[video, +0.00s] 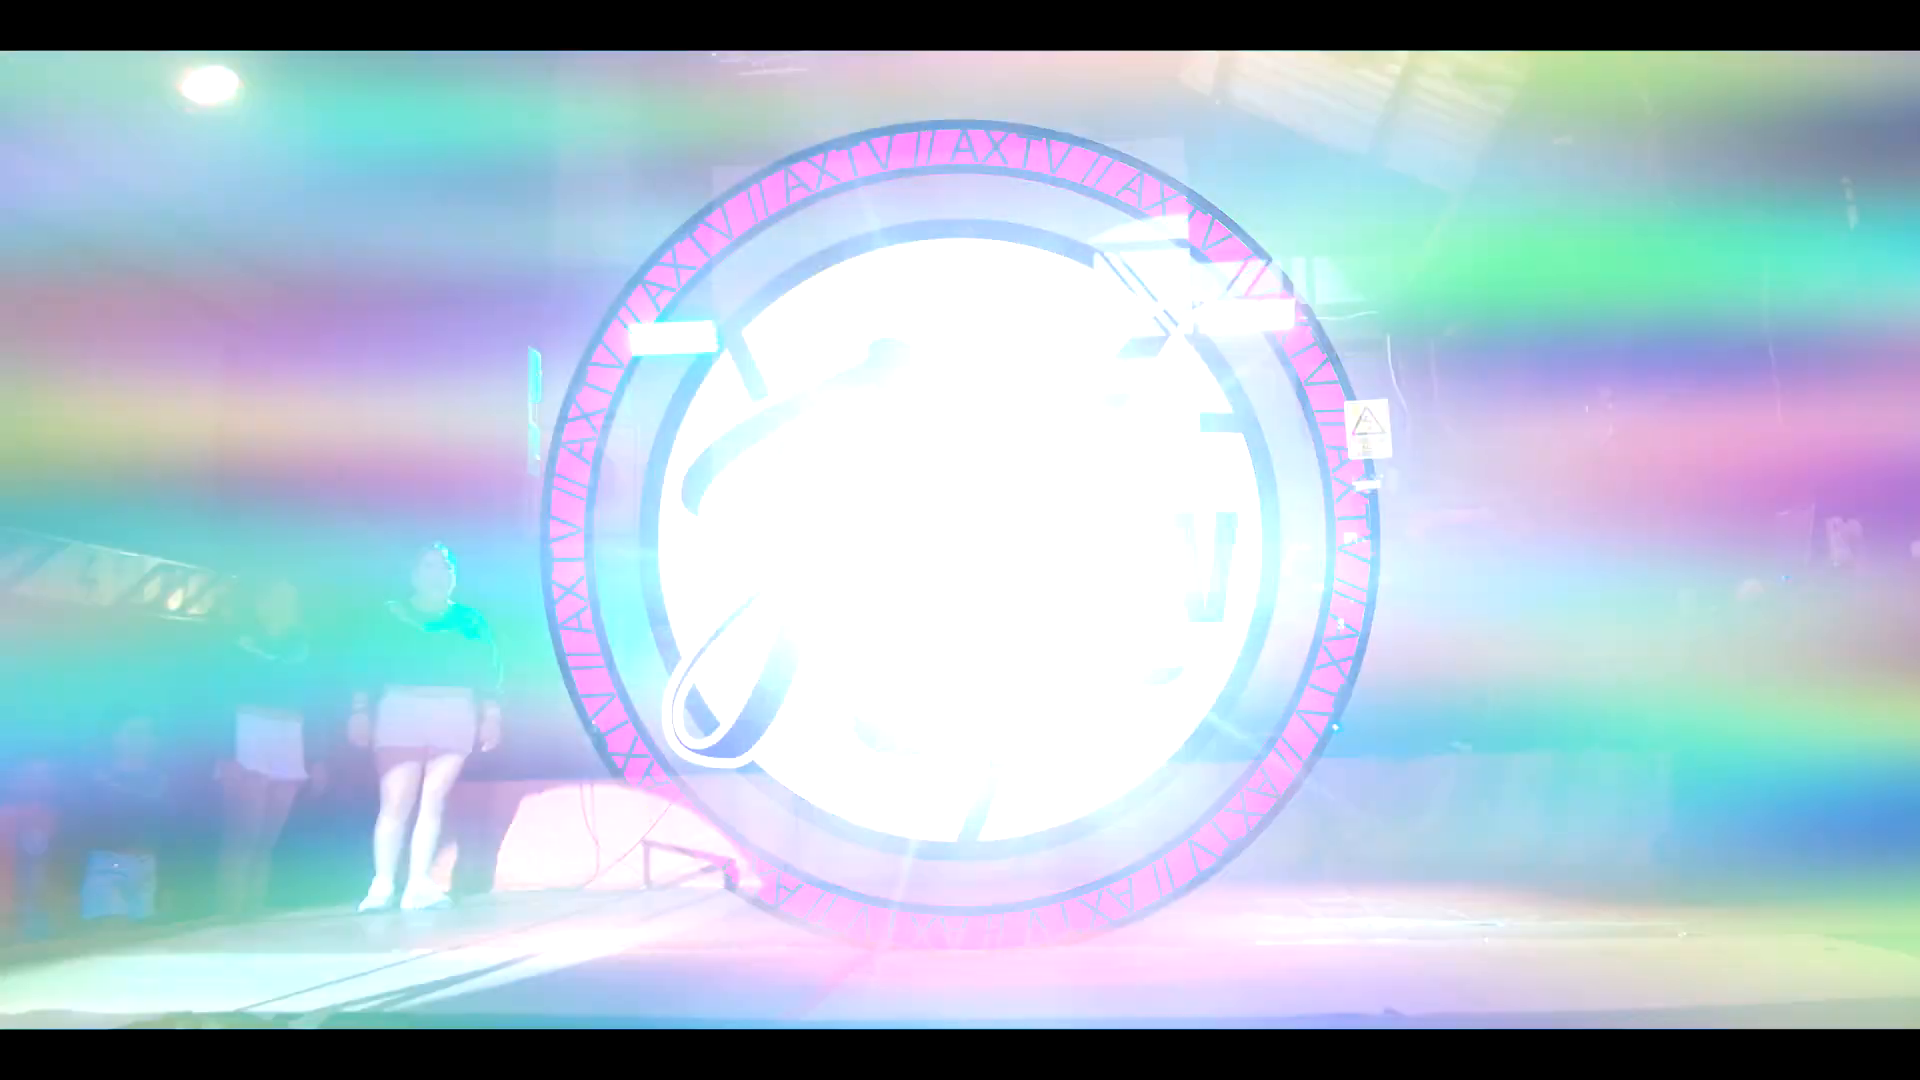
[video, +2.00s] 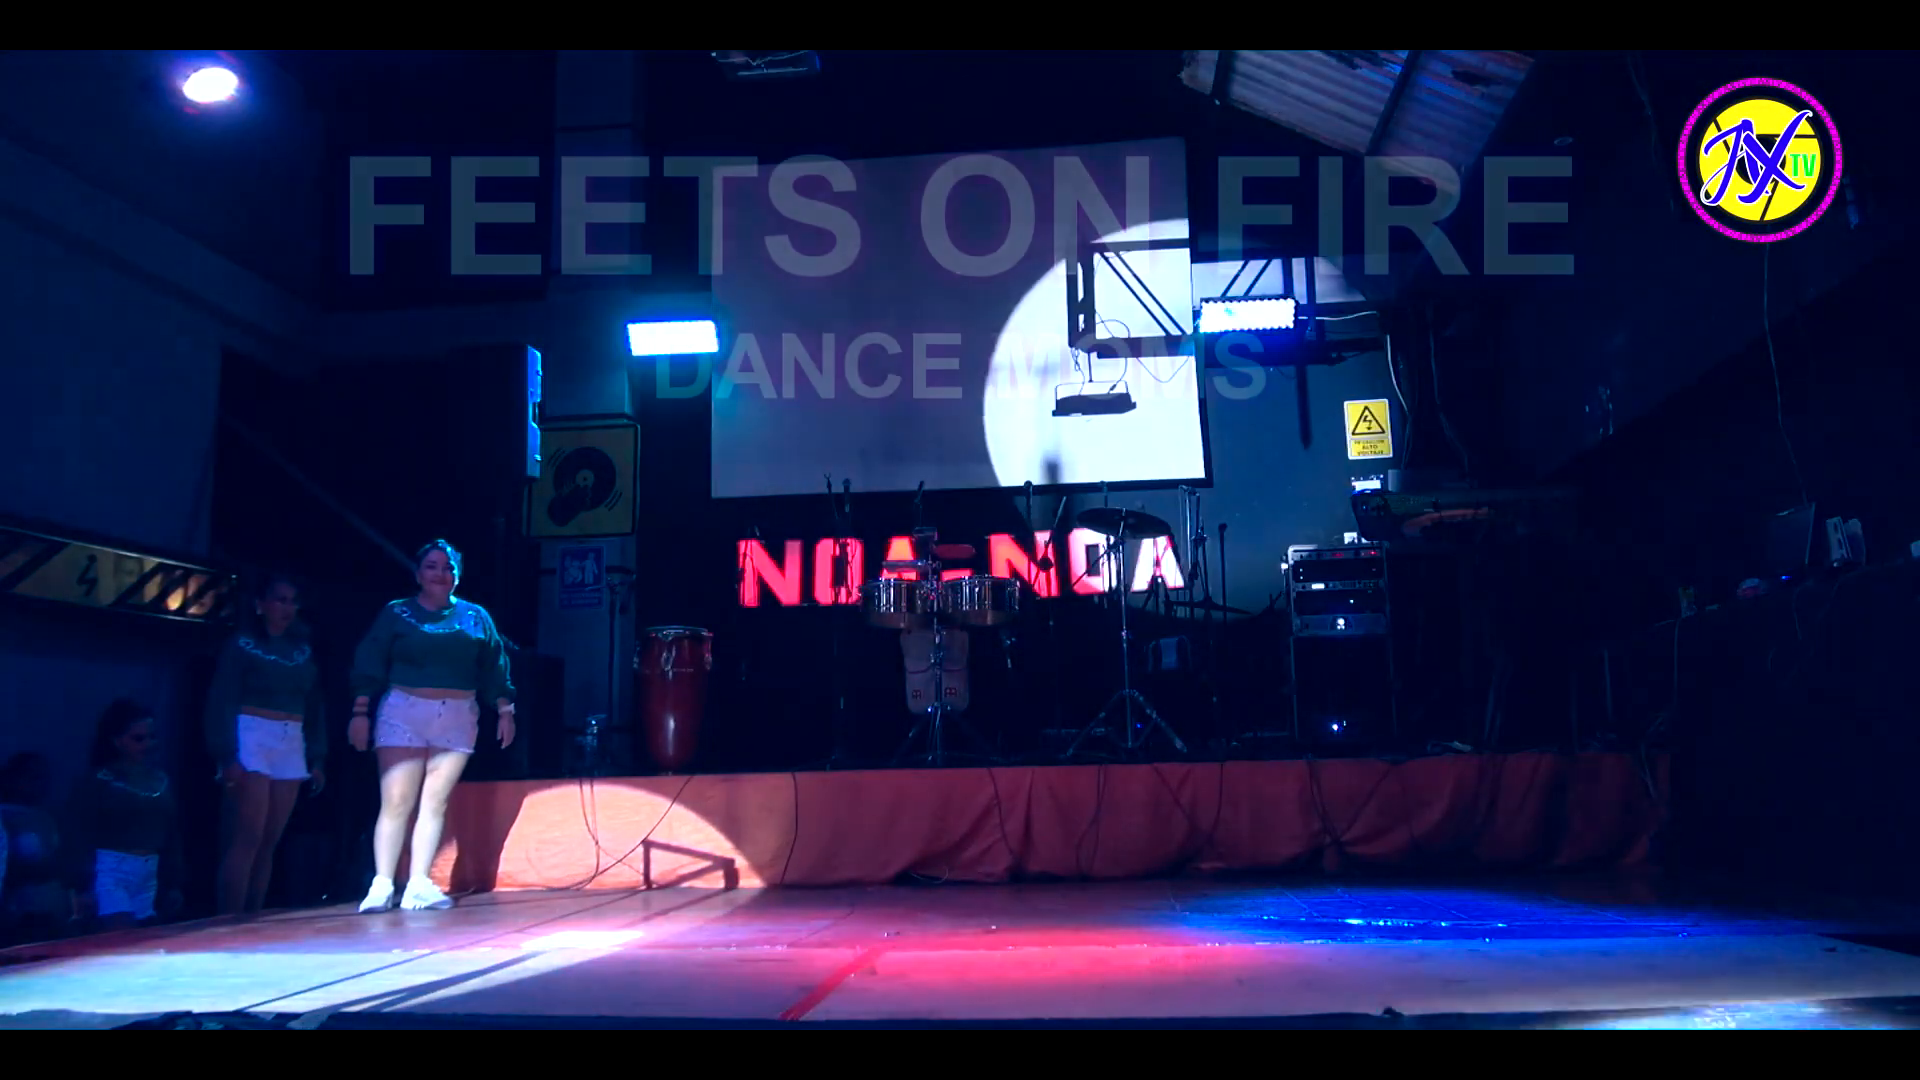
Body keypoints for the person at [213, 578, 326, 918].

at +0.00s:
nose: (279, 611)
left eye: (287, 603)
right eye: (272, 601)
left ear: (298, 607)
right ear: (258, 604)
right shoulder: (237, 647)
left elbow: (318, 712)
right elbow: (220, 704)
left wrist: (318, 759)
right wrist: (221, 757)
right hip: (245, 754)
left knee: (265, 844)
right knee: (241, 841)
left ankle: (254, 917)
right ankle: (229, 917)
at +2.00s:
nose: (286, 608)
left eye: (291, 601)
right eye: (279, 600)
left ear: (298, 607)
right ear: (262, 603)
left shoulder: (303, 651)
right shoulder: (244, 643)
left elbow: (314, 708)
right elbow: (223, 700)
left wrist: (316, 757)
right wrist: (227, 755)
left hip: (293, 734)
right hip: (253, 730)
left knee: (272, 837)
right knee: (250, 832)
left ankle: (254, 915)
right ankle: (231, 916)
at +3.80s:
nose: (295, 611)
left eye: (299, 604)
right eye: (288, 603)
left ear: (304, 611)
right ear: (271, 607)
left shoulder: (312, 653)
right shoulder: (251, 647)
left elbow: (325, 707)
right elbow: (230, 698)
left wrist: (327, 757)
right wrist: (226, 751)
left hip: (302, 735)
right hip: (260, 731)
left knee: (293, 813)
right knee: (305, 802)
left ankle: (268, 895)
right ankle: (252, 874)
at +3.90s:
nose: (298, 610)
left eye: (303, 604)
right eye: (292, 602)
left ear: (308, 610)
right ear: (275, 606)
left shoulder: (316, 653)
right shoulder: (252, 647)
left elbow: (328, 706)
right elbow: (231, 697)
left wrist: (330, 753)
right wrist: (227, 746)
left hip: (304, 733)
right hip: (262, 729)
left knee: (287, 810)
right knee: (318, 789)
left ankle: (268, 869)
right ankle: (270, 865)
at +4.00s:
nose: (305, 610)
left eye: (309, 603)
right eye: (298, 602)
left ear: (313, 610)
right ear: (280, 606)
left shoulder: (320, 653)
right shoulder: (257, 647)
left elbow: (333, 710)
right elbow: (235, 699)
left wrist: (335, 758)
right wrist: (229, 750)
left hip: (308, 734)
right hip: (265, 730)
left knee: (288, 817)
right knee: (323, 783)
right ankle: (293, 873)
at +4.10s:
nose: (312, 608)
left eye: (316, 602)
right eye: (304, 600)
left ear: (320, 609)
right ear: (284, 605)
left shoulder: (325, 653)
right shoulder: (260, 647)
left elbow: (338, 710)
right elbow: (239, 704)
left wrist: (343, 759)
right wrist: (236, 763)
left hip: (313, 738)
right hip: (269, 733)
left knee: (284, 841)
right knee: (326, 788)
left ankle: (254, 918)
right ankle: (309, 884)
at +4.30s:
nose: (329, 602)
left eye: (333, 596)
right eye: (320, 595)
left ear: (338, 604)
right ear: (301, 601)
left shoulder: (345, 652)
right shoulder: (277, 645)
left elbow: (357, 710)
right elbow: (253, 703)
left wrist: (362, 758)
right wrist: (247, 759)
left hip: (325, 737)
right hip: (281, 729)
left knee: (295, 834)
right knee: (334, 793)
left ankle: (257, 917)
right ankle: (315, 885)